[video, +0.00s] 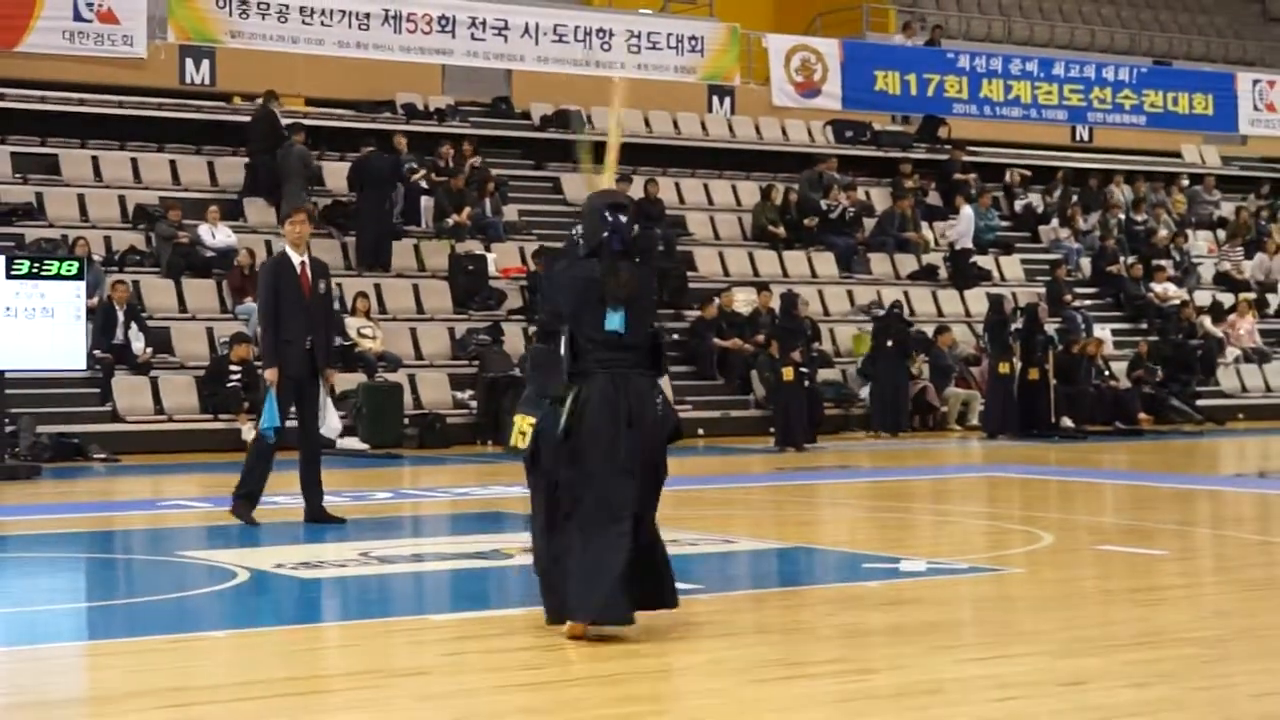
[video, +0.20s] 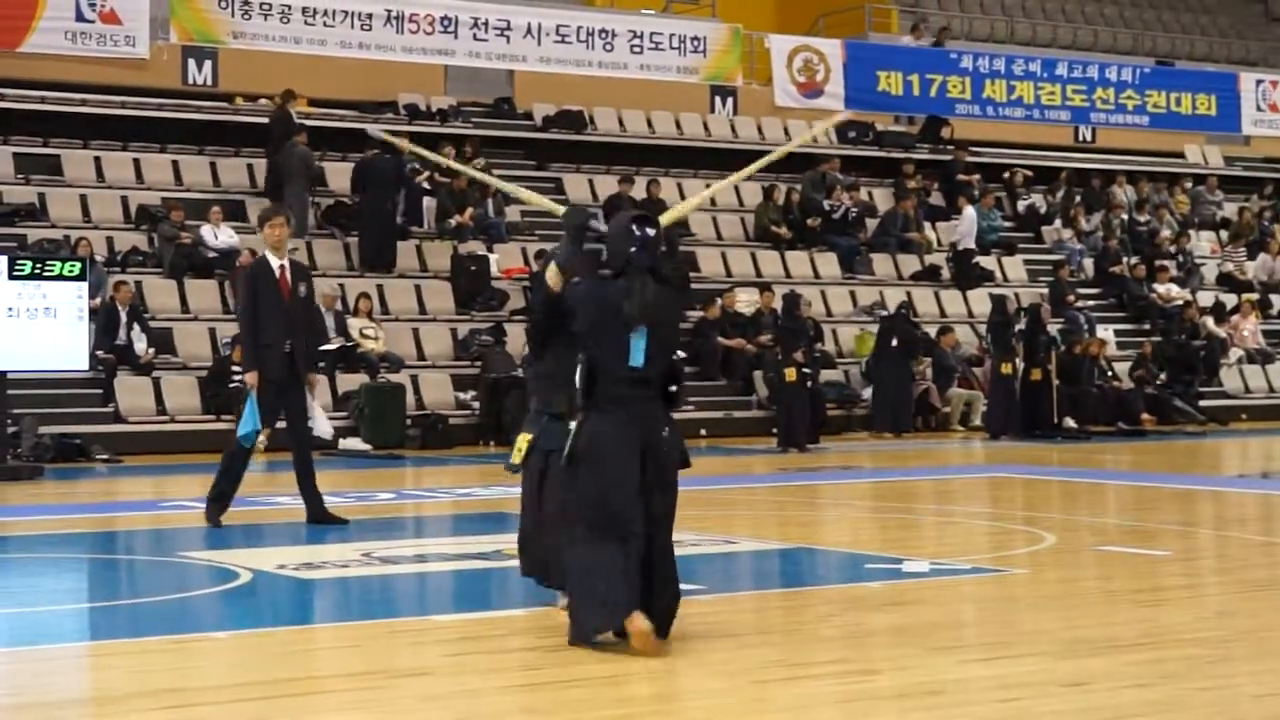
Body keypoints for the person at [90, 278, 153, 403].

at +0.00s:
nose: (121, 295)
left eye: (124, 291)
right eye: (118, 291)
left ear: (129, 294)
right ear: (112, 293)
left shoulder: (132, 308)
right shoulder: (104, 308)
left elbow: (145, 329)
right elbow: (97, 330)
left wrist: (148, 350)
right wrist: (97, 351)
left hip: (124, 347)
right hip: (106, 348)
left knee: (143, 365)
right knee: (108, 363)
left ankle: (138, 399)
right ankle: (106, 399)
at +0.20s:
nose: (129, 295)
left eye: (130, 292)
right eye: (126, 292)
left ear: (132, 294)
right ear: (116, 294)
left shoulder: (134, 309)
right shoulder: (107, 308)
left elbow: (147, 329)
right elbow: (100, 331)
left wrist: (151, 350)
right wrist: (100, 350)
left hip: (127, 348)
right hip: (108, 349)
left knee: (146, 366)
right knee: (110, 364)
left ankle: (138, 402)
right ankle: (110, 400)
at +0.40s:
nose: (129, 295)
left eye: (130, 292)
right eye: (125, 292)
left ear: (131, 293)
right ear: (115, 294)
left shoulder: (133, 309)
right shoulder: (106, 308)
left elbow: (146, 329)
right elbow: (99, 330)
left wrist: (150, 350)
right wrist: (99, 351)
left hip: (126, 347)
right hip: (108, 348)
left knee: (146, 366)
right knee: (110, 363)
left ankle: (139, 401)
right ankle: (109, 399)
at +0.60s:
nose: (130, 295)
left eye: (130, 292)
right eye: (127, 291)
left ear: (131, 293)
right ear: (116, 294)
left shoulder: (133, 308)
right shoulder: (106, 308)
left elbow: (146, 329)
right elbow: (99, 330)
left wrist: (150, 351)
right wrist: (99, 351)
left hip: (125, 347)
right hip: (108, 348)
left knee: (145, 366)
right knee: (110, 363)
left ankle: (139, 401)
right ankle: (109, 400)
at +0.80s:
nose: (131, 295)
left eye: (131, 292)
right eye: (127, 291)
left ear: (132, 293)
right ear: (117, 294)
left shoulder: (134, 309)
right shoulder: (107, 308)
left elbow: (148, 329)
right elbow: (100, 330)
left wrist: (151, 350)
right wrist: (100, 350)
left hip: (127, 347)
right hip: (109, 348)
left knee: (146, 365)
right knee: (111, 363)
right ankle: (110, 398)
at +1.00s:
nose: (133, 295)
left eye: (133, 291)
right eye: (129, 292)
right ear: (119, 294)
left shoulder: (136, 309)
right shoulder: (108, 307)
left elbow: (141, 330)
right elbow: (102, 329)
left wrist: (143, 349)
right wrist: (101, 349)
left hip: (129, 346)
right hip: (112, 347)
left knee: (142, 365)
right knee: (112, 364)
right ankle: (110, 399)